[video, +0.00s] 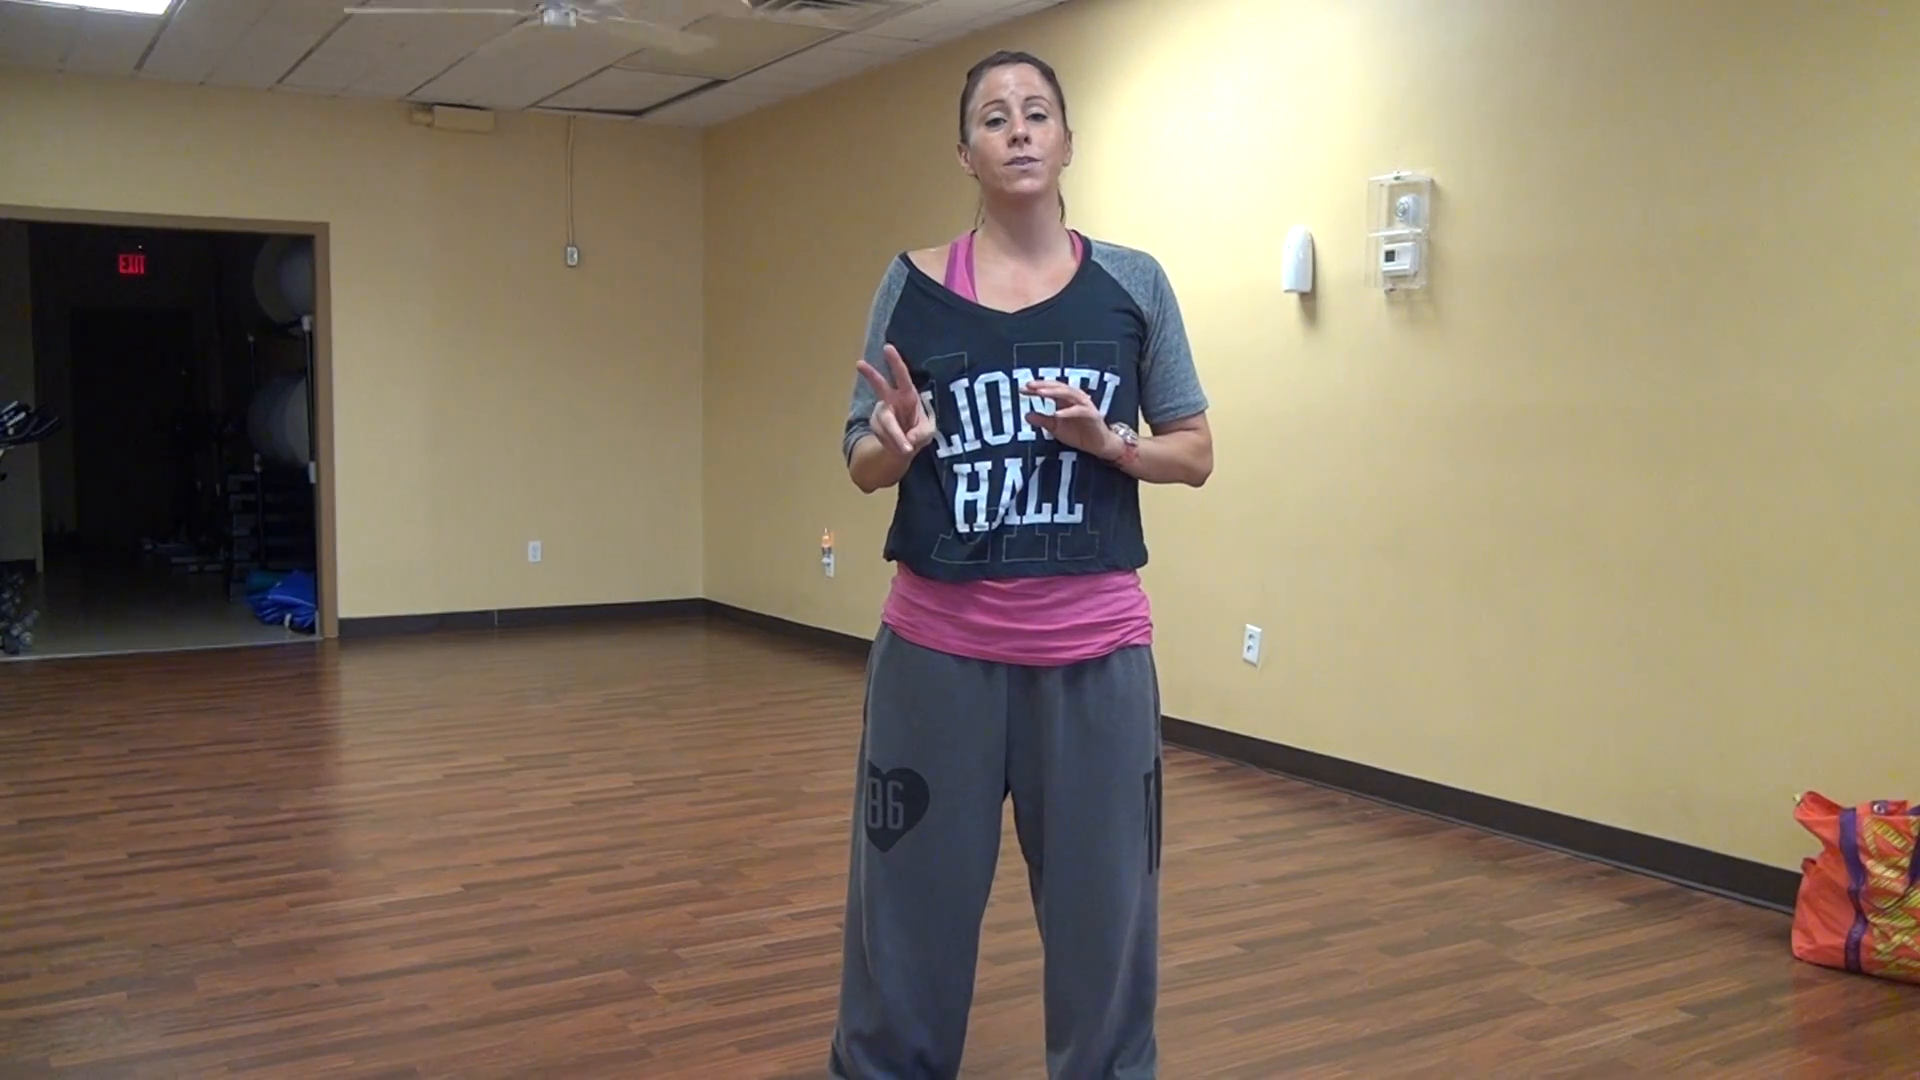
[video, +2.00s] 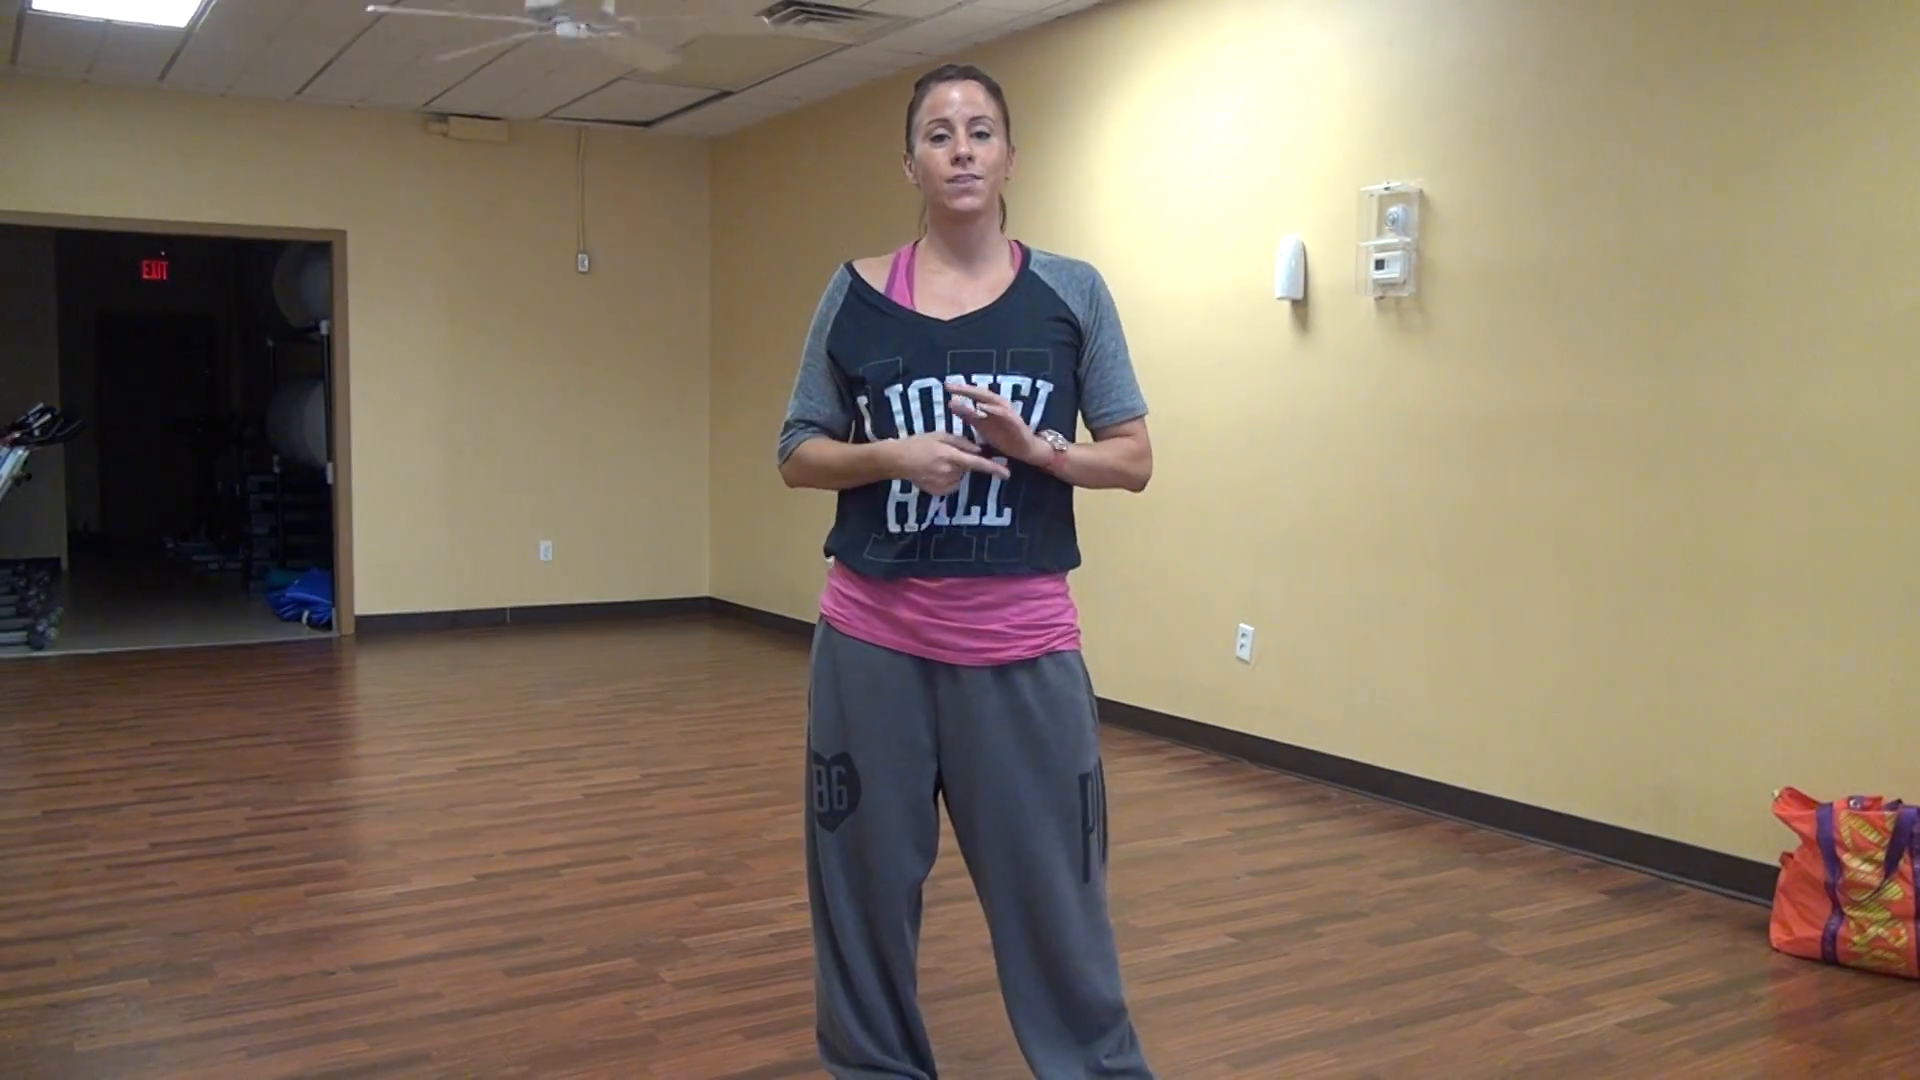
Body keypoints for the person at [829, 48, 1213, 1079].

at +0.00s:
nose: (1016, 130)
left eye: (1036, 114)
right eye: (993, 118)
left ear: (1066, 143)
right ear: (965, 152)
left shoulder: (1135, 279)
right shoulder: (915, 282)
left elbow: (1196, 455)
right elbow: (865, 469)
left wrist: (1118, 444)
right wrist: (895, 442)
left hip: (1095, 644)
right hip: (936, 642)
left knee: (1106, 920)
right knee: (907, 911)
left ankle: (1106, 1073)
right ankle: (887, 1069)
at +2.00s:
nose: (960, 149)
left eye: (979, 132)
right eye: (939, 134)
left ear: (1008, 156)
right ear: (911, 162)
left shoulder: (1073, 289)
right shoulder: (858, 291)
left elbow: (1134, 459)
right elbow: (798, 454)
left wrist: (1043, 450)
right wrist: (886, 458)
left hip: (1021, 640)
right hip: (870, 638)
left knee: (1055, 900)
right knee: (862, 895)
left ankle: (1098, 1066)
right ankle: (875, 1066)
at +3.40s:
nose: (1004, 156)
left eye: (1022, 137)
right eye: (981, 142)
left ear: (1052, 157)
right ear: (954, 170)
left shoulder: (1118, 292)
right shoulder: (906, 296)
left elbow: (1171, 464)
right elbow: (849, 462)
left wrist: (1120, 448)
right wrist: (931, 437)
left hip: (1083, 648)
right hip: (928, 645)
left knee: (1095, 910)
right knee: (898, 906)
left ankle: (1107, 1070)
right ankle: (886, 1069)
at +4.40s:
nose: (1025, 211)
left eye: (1043, 189)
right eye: (1002, 194)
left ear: (1073, 205)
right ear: (976, 215)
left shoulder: (1139, 338)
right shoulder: (928, 341)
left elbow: (1202, 511)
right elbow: (872, 507)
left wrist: (1118, 479)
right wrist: (958, 490)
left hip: (1094, 696)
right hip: (940, 692)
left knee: (1112, 973)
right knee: (913, 969)